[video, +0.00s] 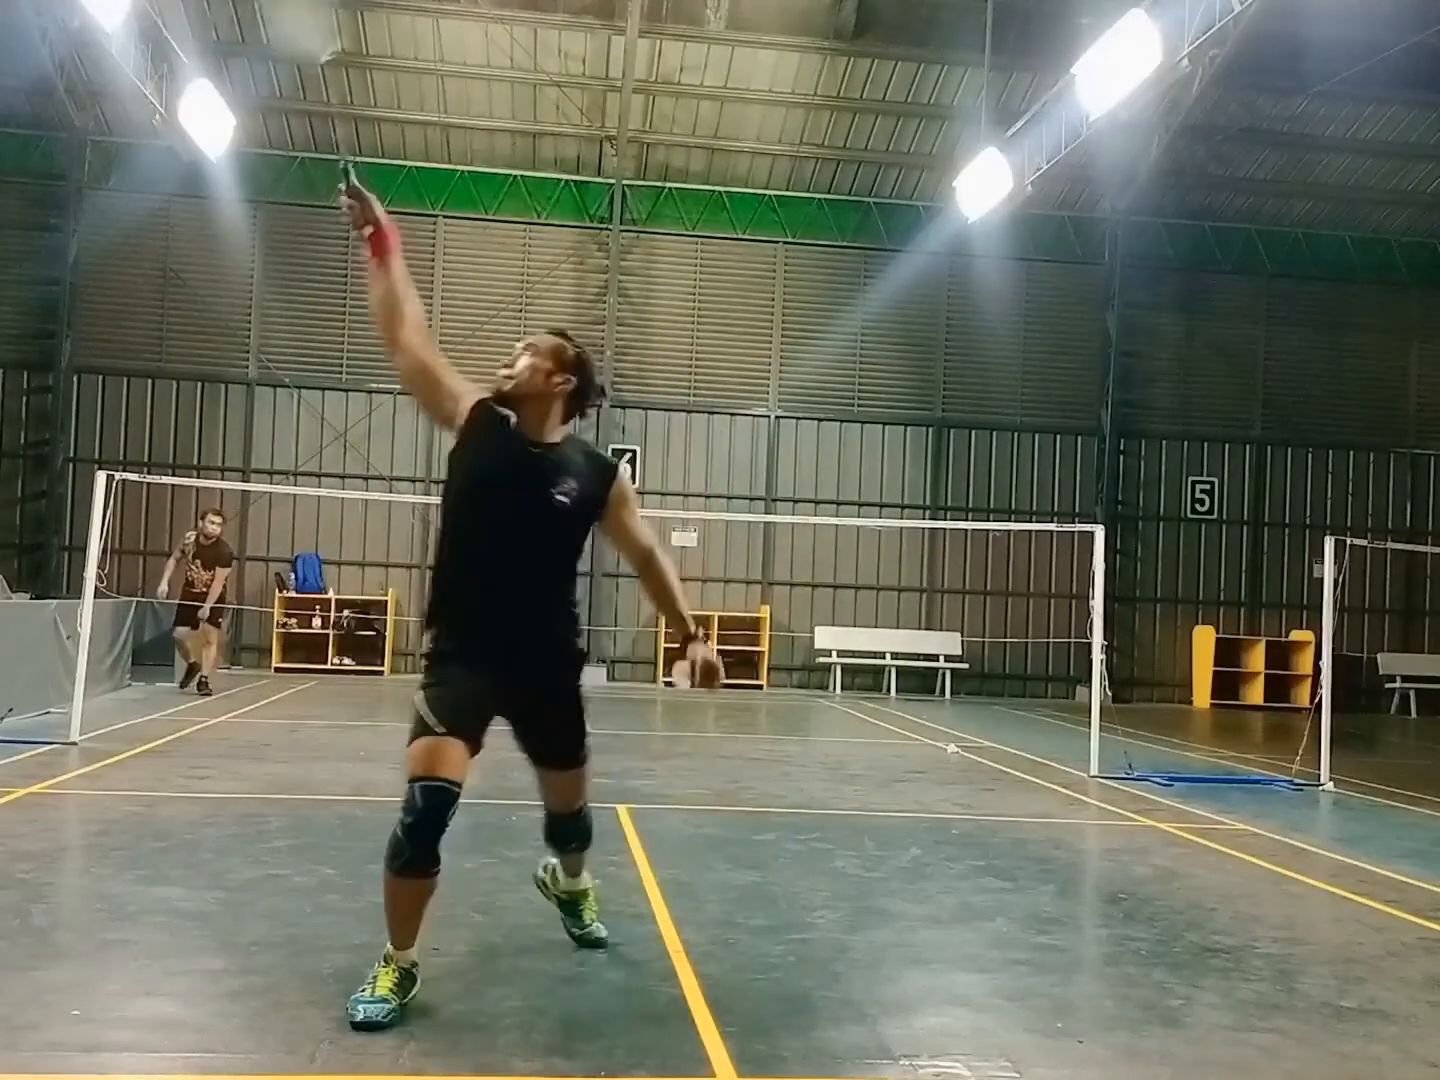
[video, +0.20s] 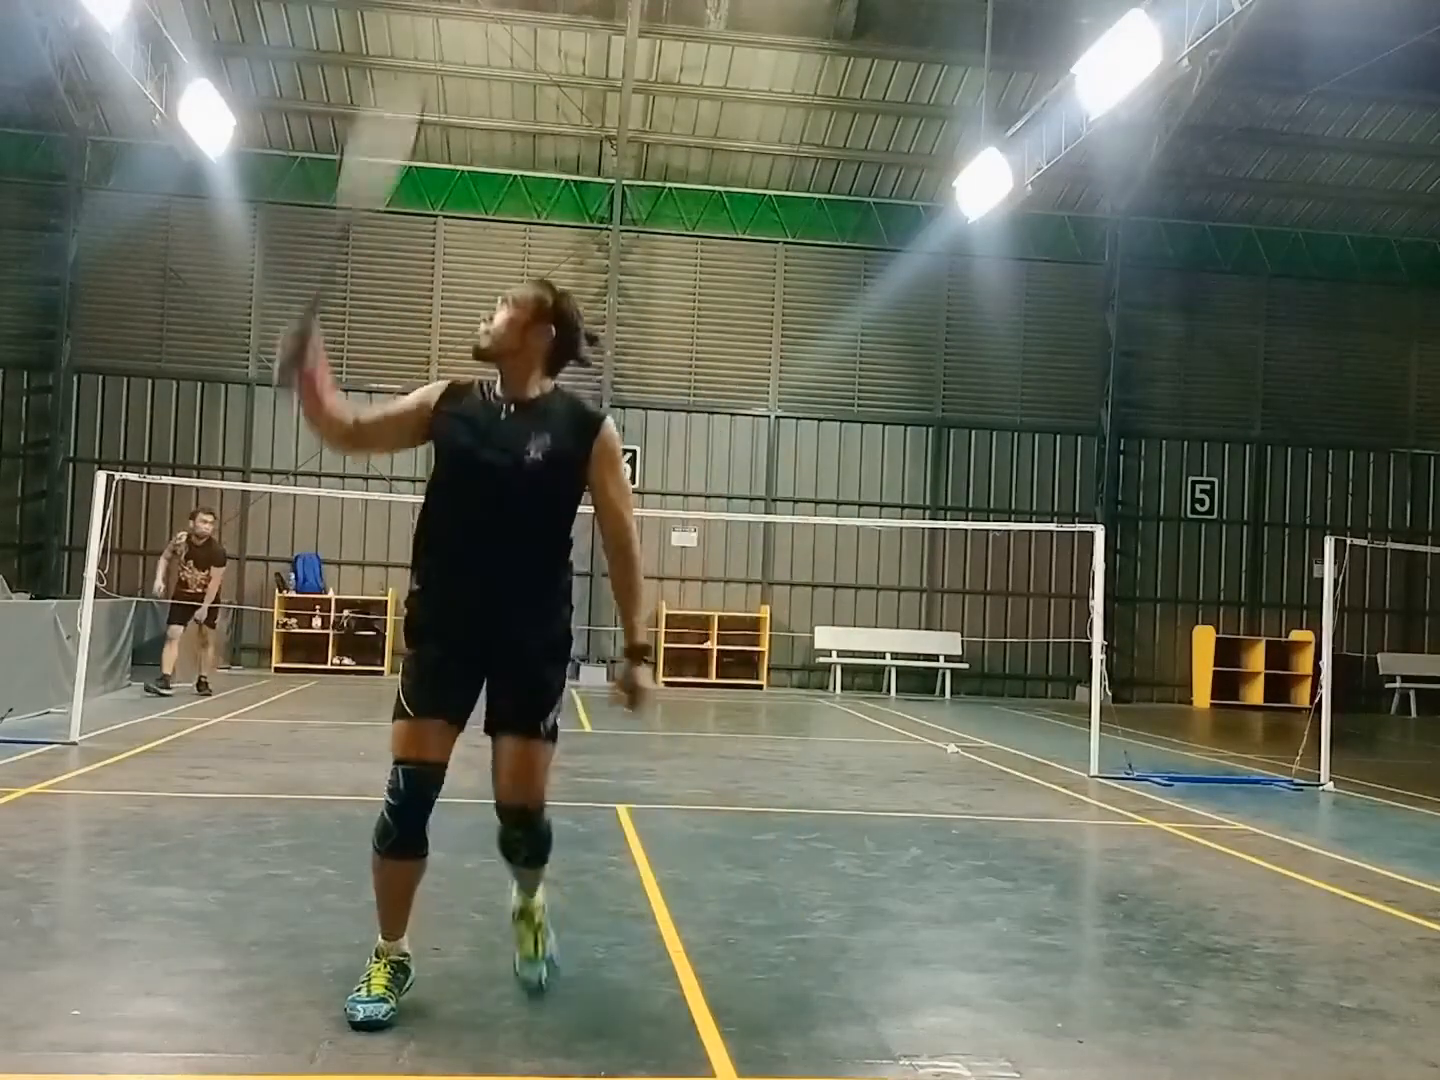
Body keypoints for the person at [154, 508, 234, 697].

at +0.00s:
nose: (214, 528)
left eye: (219, 525)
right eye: (211, 523)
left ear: (222, 528)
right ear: (201, 523)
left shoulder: (224, 552)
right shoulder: (190, 539)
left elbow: (218, 582)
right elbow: (174, 559)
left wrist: (208, 605)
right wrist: (164, 582)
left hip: (213, 596)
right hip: (190, 593)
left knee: (209, 635)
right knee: (179, 633)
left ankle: (204, 678)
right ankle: (192, 664)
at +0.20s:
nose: (206, 526)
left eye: (210, 523)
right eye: (202, 522)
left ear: (214, 527)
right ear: (192, 523)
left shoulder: (217, 551)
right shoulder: (180, 540)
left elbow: (215, 581)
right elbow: (165, 558)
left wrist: (205, 606)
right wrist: (159, 579)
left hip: (206, 597)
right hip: (182, 595)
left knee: (205, 639)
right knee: (172, 634)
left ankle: (203, 679)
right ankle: (165, 678)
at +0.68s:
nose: (181, 515)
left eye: (183, 512)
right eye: (177, 511)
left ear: (184, 515)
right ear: (163, 513)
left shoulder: (191, 542)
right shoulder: (148, 537)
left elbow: (203, 569)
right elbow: (132, 563)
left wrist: (207, 597)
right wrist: (128, 588)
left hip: (182, 597)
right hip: (154, 596)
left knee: (183, 636)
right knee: (156, 639)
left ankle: (180, 679)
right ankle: (159, 682)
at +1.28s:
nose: (164, 511)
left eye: (167, 507)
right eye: (159, 506)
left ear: (170, 511)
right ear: (145, 509)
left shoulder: (178, 538)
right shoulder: (132, 534)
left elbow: (189, 567)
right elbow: (121, 562)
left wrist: (189, 596)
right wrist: (116, 591)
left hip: (165, 599)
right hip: (135, 596)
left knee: (163, 643)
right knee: (125, 635)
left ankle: (157, 687)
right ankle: (125, 685)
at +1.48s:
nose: (143, 512)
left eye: (147, 508)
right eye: (138, 507)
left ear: (152, 512)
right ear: (128, 511)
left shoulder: (163, 538)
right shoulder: (118, 537)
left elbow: (178, 567)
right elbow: (110, 567)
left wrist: (184, 595)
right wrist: (105, 595)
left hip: (154, 601)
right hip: (123, 599)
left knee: (157, 645)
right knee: (116, 642)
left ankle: (156, 686)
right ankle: (111, 691)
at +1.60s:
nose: (129, 508)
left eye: (134, 504)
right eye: (124, 503)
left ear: (141, 507)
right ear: (117, 507)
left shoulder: (154, 535)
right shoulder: (107, 534)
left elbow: (166, 567)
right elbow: (98, 566)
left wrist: (169, 598)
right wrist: (94, 593)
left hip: (144, 599)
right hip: (113, 597)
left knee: (146, 644)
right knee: (110, 643)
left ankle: (150, 677)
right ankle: (110, 692)